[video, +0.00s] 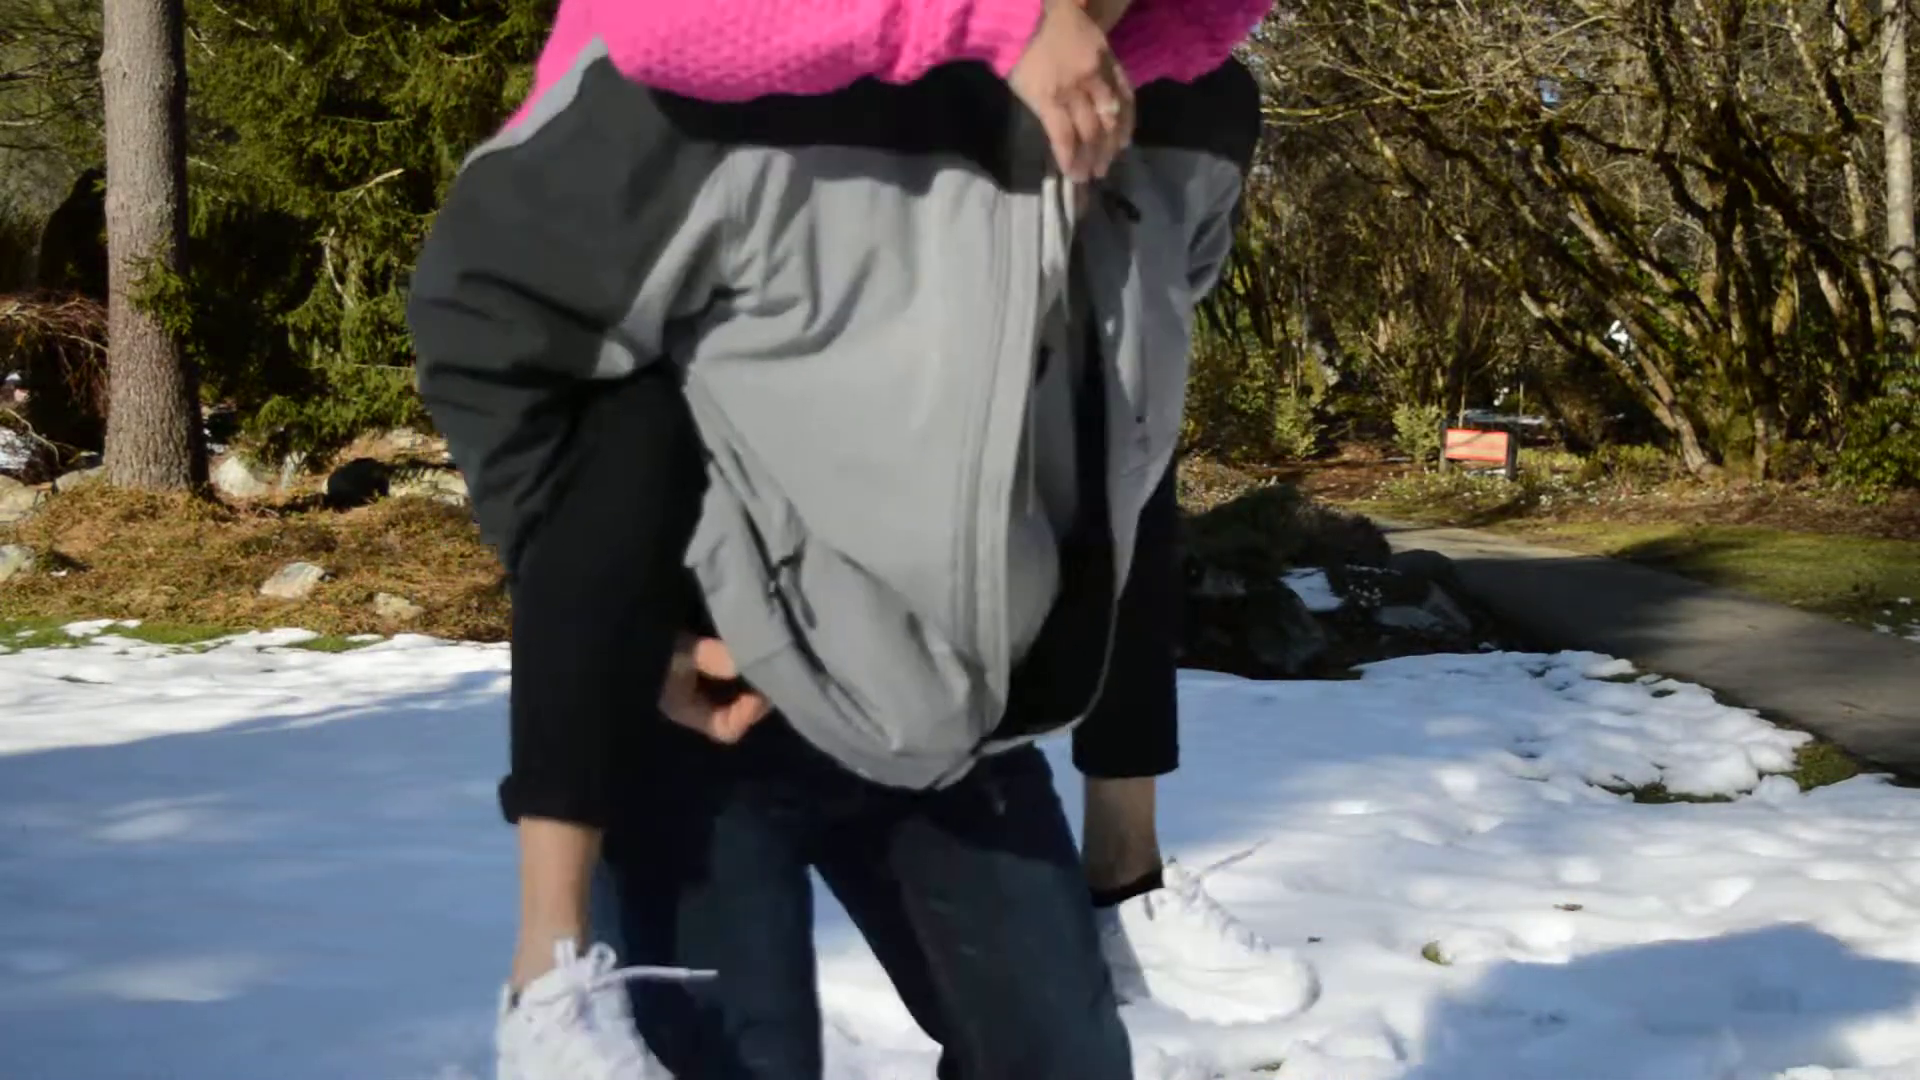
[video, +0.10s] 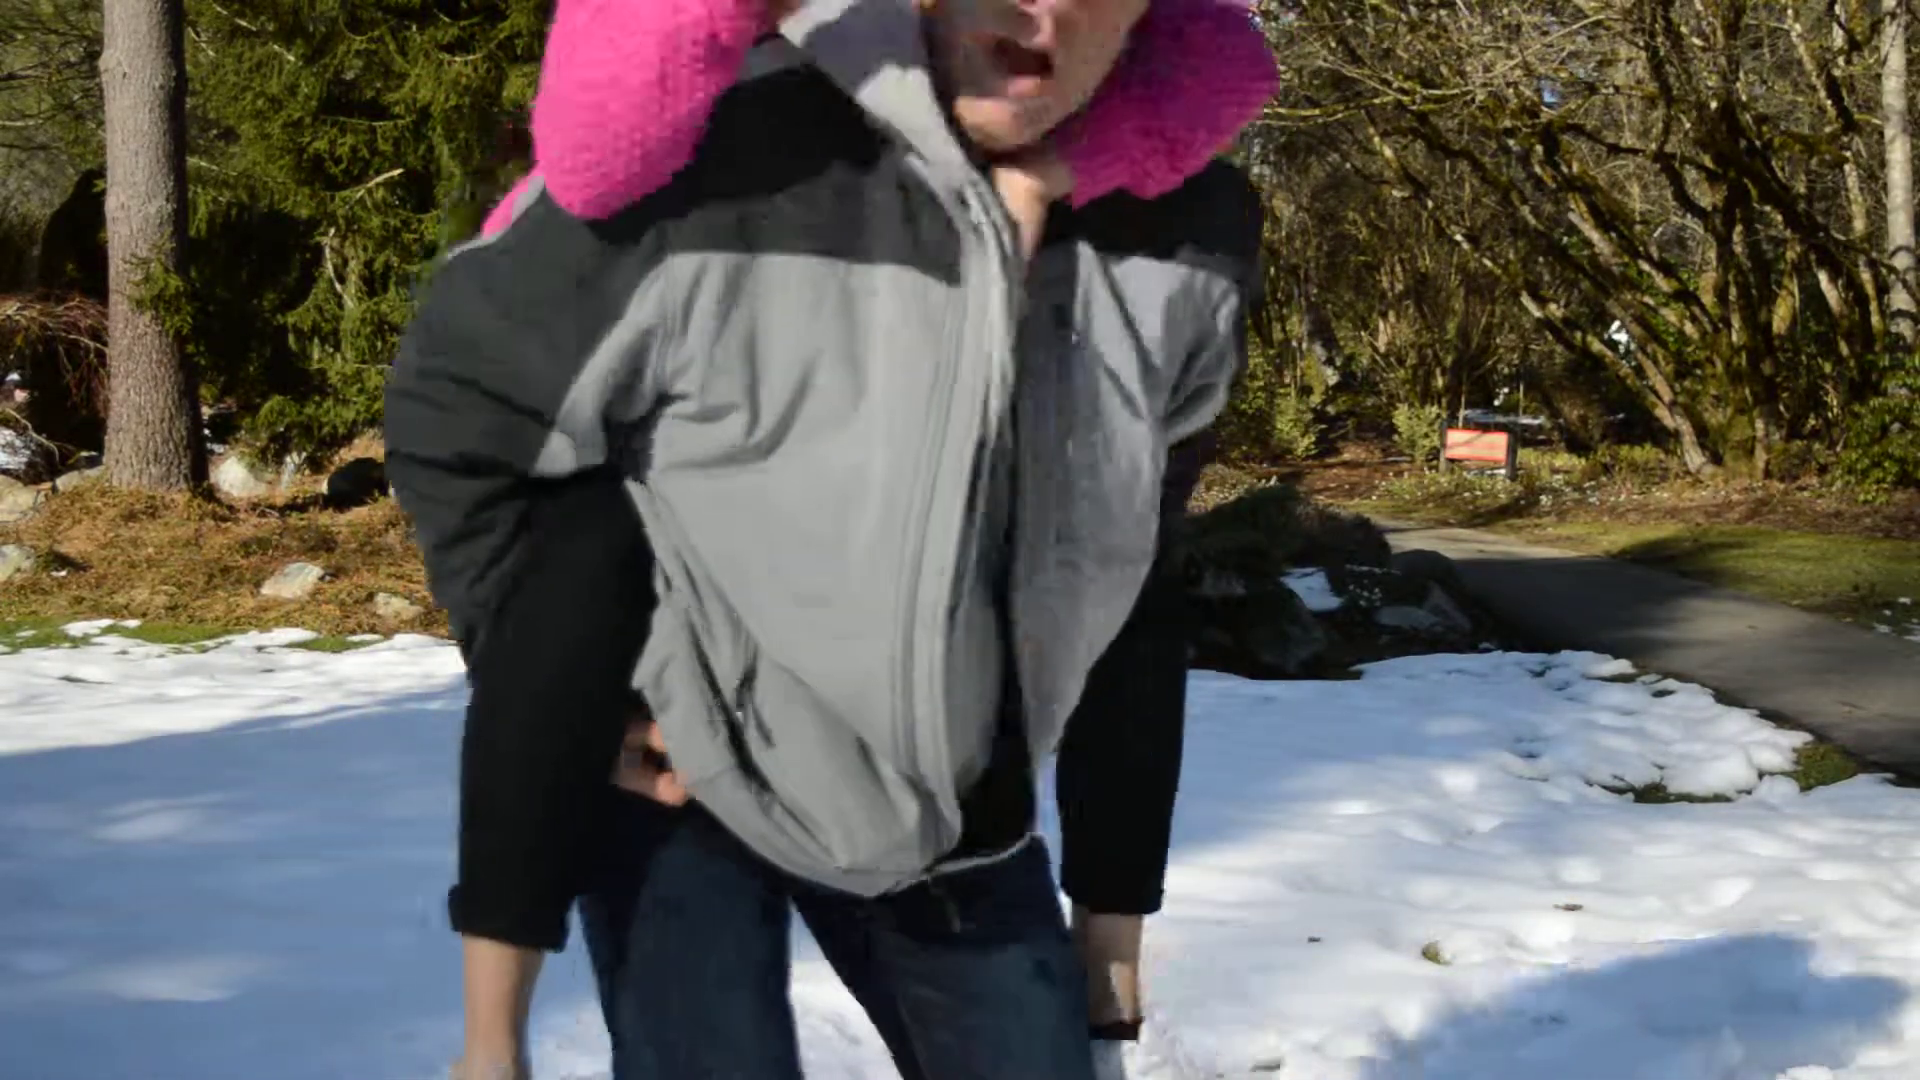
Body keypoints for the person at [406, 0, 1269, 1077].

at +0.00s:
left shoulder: (1196, 107)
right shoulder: (713, 84)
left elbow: (1129, 399)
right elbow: (478, 302)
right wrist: (615, 627)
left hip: (963, 723)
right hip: (698, 725)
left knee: (1068, 1057)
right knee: (744, 1067)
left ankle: (1127, 891)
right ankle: (551, 977)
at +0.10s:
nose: (1035, 20)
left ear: (1147, 15)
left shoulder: (1191, 233)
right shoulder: (718, 174)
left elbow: (1138, 569)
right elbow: (450, 403)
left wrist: (1111, 894)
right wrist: (574, 696)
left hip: (960, 799)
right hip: (683, 782)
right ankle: (490, 1050)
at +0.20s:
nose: (1042, 49)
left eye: (1100, 14)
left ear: (1147, 46)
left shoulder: (1201, 287)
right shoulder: (696, 209)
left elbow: (1162, 619)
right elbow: (440, 402)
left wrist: (1134, 961)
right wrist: (559, 697)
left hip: (958, 800)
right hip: (675, 774)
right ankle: (420, 1013)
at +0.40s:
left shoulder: (1173, 114)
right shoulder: (605, 57)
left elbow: (1241, 361)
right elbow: (467, 265)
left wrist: (1129, 557)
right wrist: (530, 505)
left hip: (974, 672)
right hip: (668, 652)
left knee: (1000, 1059)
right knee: (643, 1049)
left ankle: (1189, 939)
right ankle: (399, 810)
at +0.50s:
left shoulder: (1150, 55)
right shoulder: (564, 28)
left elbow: (1237, 323)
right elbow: (485, 216)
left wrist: (1100, 567)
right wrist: (521, 446)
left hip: (957, 647)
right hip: (650, 619)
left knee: (1001, 1058)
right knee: (605, 1051)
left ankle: (1172, 914)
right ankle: (387, 719)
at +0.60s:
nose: (839, 9)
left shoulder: (1113, 130)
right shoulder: (557, 57)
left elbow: (1209, 435)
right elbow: (484, 307)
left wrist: (1056, 663)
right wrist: (498, 512)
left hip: (940, 752)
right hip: (624, 727)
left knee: (1100, 565)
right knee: (609, 1071)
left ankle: (1104, 1054)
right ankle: (385, 787)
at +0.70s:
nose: (794, 15)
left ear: (921, 17)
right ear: (692, 0)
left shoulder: (1055, 244)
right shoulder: (552, 156)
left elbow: (1186, 559)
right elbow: (479, 432)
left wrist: (1023, 796)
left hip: (914, 802)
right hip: (614, 782)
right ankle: (371, 841)